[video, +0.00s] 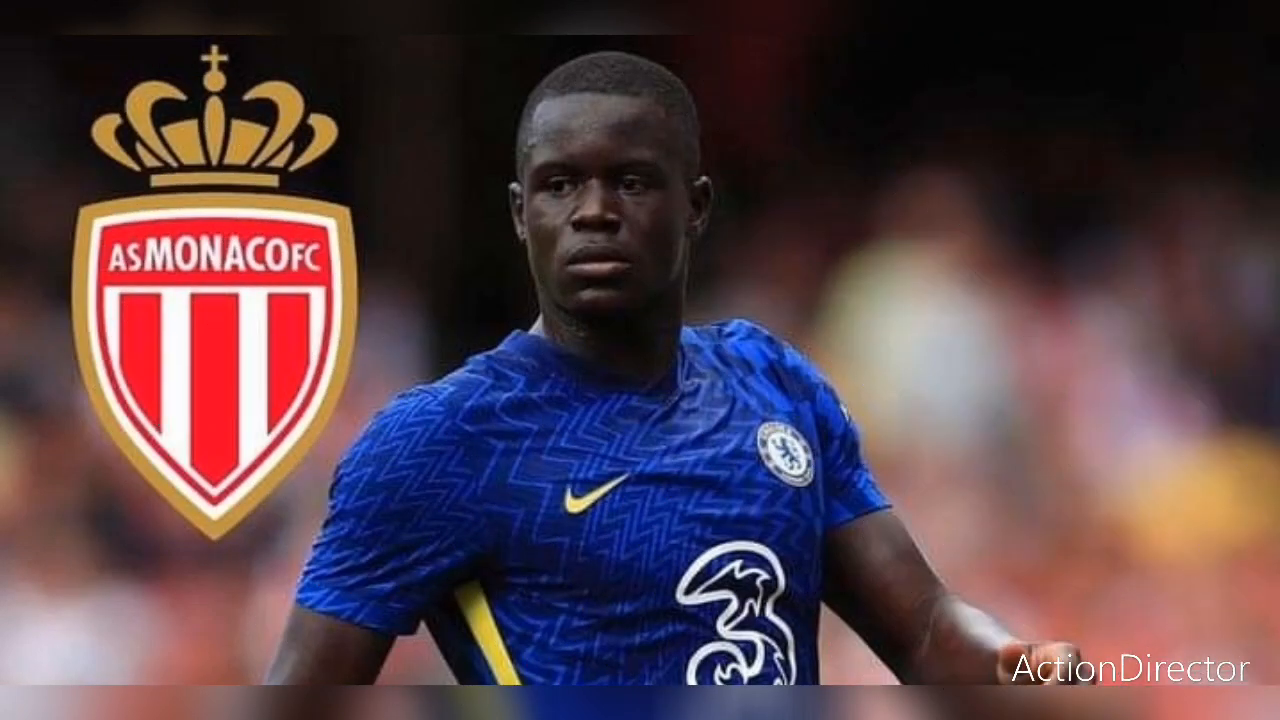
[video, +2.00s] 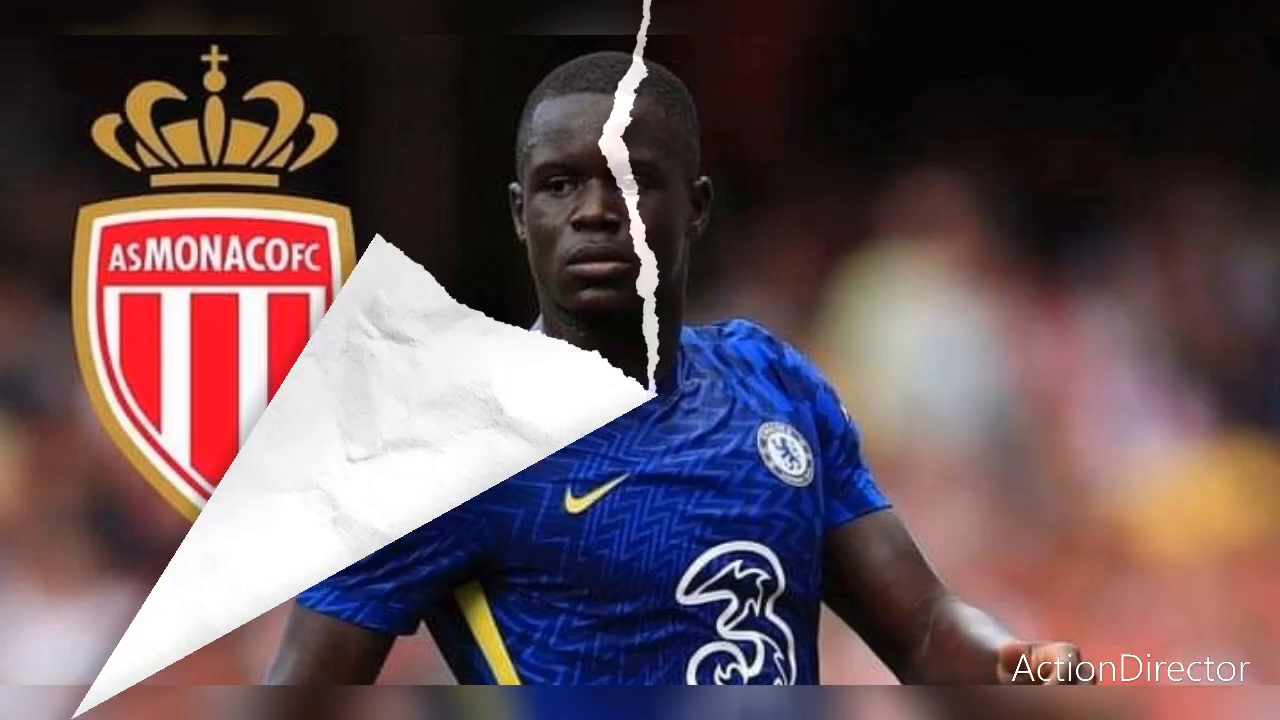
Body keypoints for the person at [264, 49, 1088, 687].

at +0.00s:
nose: (595, 210)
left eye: (633, 178)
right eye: (560, 181)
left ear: (697, 209)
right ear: (522, 216)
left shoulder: (770, 385)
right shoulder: (433, 444)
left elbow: (921, 626)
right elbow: (301, 691)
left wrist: (1021, 675)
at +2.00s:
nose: (600, 209)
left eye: (636, 177)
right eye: (562, 180)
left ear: (698, 206)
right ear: (520, 213)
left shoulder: (770, 384)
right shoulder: (453, 430)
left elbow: (920, 625)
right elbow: (302, 688)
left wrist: (1021, 673)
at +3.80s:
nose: (644, 218)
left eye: (680, 190)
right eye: (612, 193)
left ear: (739, 219)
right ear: (577, 223)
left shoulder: (807, 382)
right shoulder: (492, 439)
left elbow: (950, 608)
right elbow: (366, 682)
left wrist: (1045, 656)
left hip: (818, 705)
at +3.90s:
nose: (741, 225)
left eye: (774, 197)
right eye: (708, 199)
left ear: (831, 224)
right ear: (674, 228)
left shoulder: (897, 383)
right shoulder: (594, 437)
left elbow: (1032, 597)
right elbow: (474, 663)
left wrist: (1116, 641)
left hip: (906, 683)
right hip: (736, 697)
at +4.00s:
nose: (922, 234)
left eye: (954, 206)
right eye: (893, 209)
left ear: (1010, 232)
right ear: (857, 239)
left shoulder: (1072, 382)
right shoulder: (786, 431)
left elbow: (1204, 586)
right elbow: (668, 655)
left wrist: (1273, 628)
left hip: (1092, 691)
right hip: (904, 690)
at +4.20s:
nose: (676, 248)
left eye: (705, 224)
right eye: (648, 226)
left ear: (753, 245)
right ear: (613, 249)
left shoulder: (806, 381)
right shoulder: (554, 423)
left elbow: (927, 565)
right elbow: (437, 630)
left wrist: (992, 603)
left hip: (820, 696)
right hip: (672, 698)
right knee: (645, 700)